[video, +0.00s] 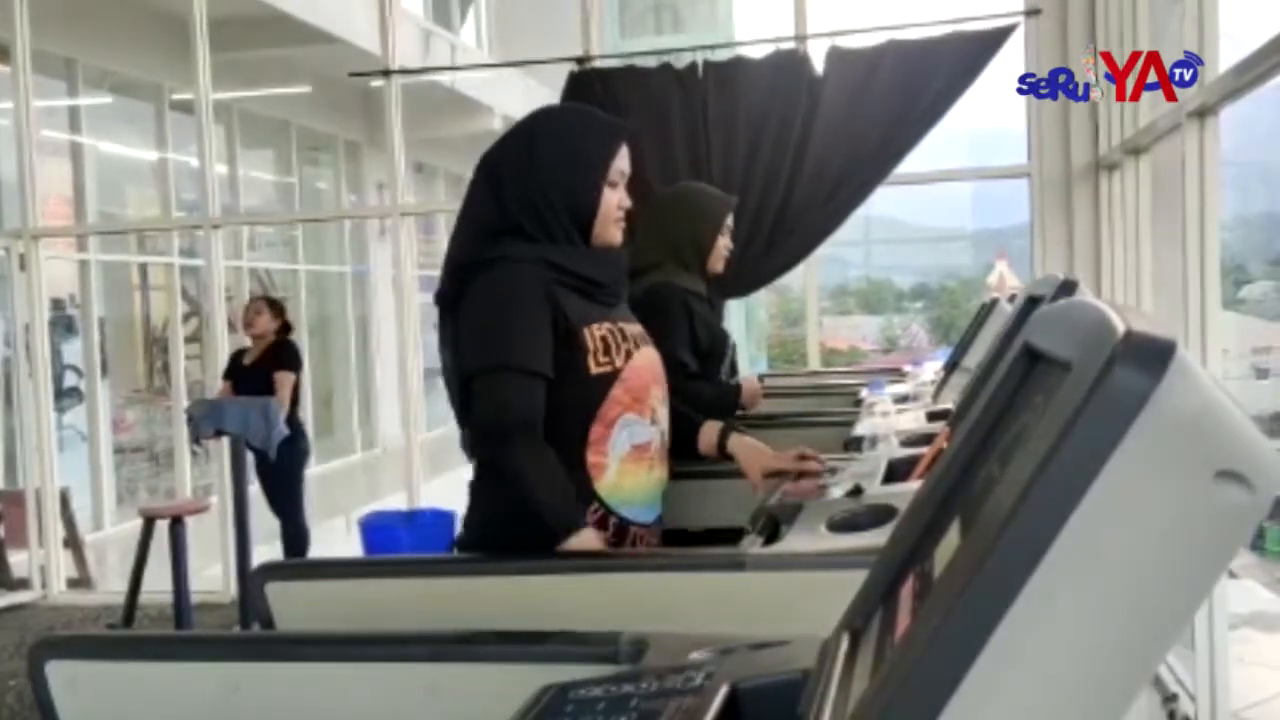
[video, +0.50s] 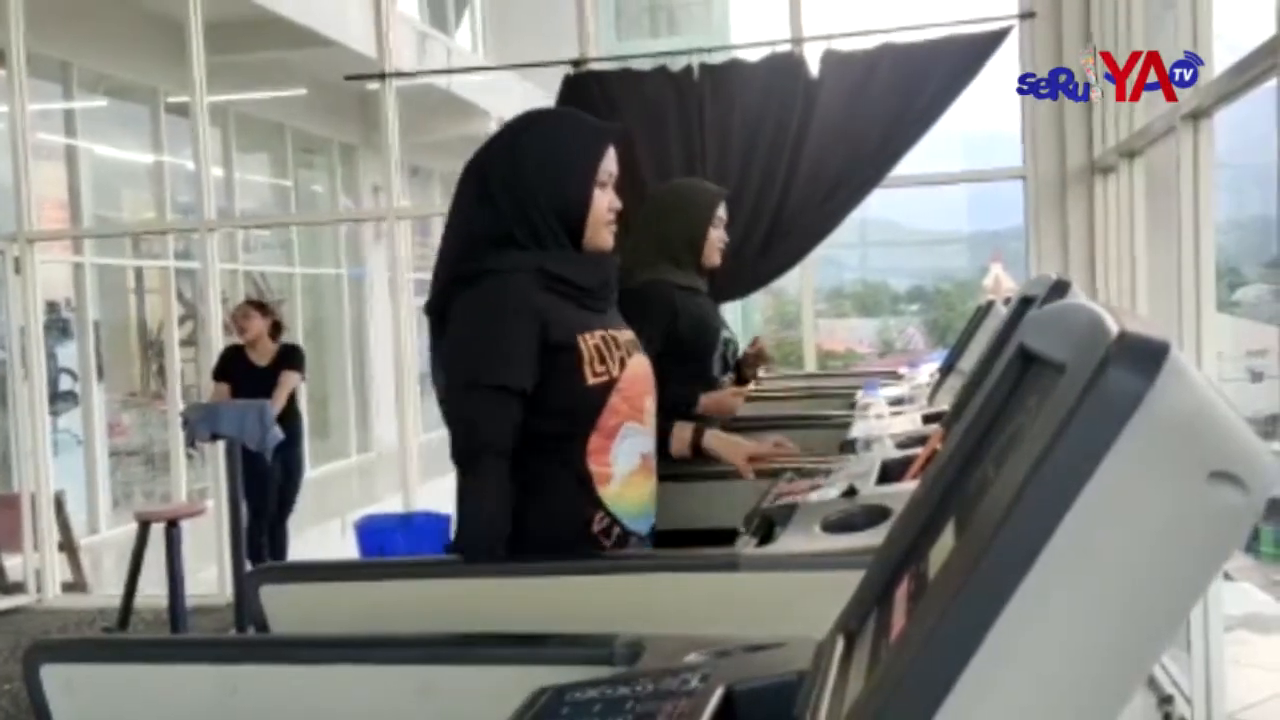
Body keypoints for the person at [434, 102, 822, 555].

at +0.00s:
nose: (627, 202)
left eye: (625, 186)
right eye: (613, 185)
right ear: (563, 183)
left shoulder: (592, 282)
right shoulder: (511, 285)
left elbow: (633, 405)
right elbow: (508, 441)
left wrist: (734, 443)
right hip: (538, 569)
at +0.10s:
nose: (628, 198)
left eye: (625, 180)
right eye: (614, 178)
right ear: (562, 177)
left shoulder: (594, 275)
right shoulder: (505, 281)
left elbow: (634, 397)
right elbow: (487, 441)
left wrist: (737, 440)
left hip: (614, 544)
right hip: (544, 557)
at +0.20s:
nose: (626, 203)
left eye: (625, 186)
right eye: (611, 185)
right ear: (561, 182)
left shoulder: (596, 285)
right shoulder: (501, 292)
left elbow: (628, 408)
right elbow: (457, 450)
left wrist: (737, 441)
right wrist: (424, 582)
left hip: (611, 556)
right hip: (528, 572)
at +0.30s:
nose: (623, 218)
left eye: (621, 200)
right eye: (610, 198)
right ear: (559, 199)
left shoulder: (589, 302)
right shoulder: (498, 307)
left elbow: (617, 427)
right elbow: (445, 464)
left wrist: (731, 438)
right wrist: (389, 586)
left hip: (609, 567)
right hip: (525, 577)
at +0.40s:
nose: (621, 219)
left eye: (618, 201)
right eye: (606, 201)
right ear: (555, 202)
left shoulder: (587, 308)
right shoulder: (501, 315)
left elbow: (613, 429)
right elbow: (455, 479)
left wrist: (725, 441)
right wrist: (416, 597)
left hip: (610, 573)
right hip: (536, 586)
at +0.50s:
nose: (618, 205)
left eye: (614, 187)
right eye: (602, 186)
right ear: (552, 188)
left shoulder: (581, 287)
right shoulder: (501, 299)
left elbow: (598, 421)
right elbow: (484, 460)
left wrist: (702, 439)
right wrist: (478, 592)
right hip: (545, 567)